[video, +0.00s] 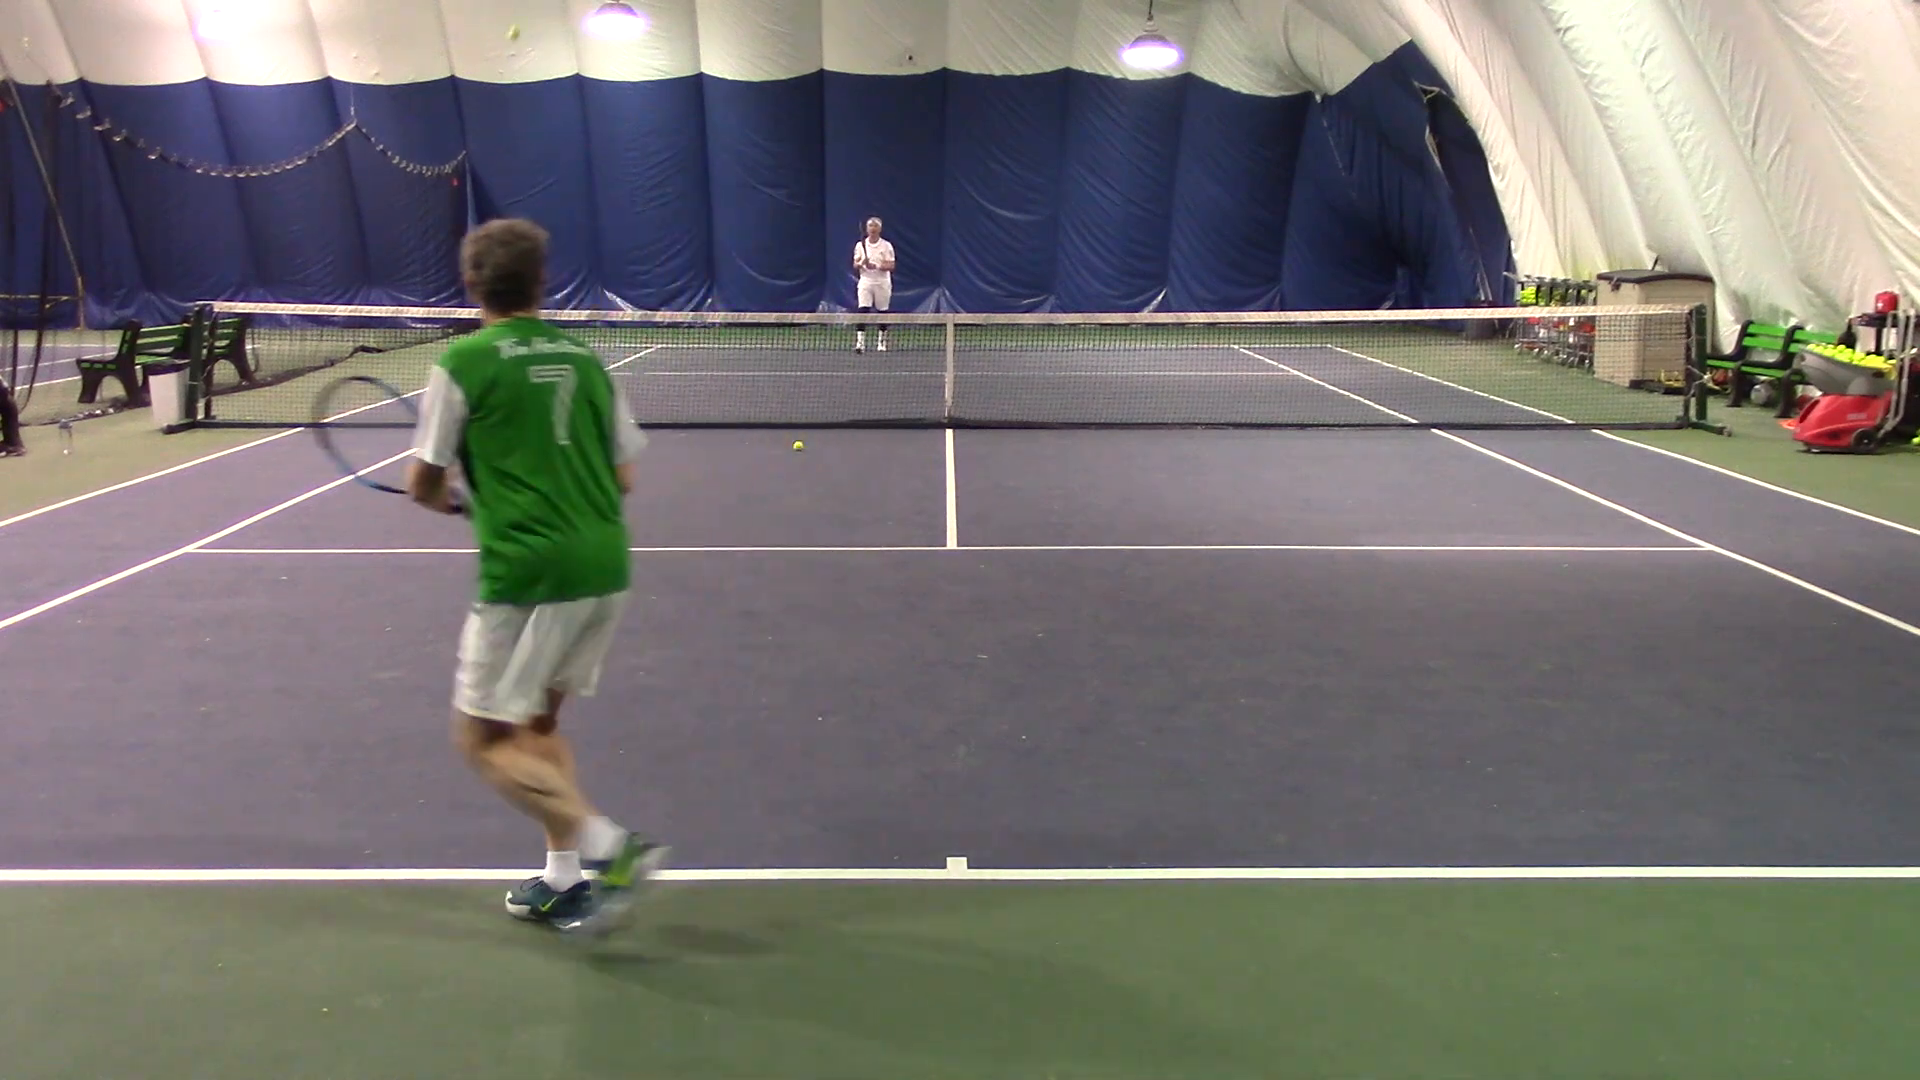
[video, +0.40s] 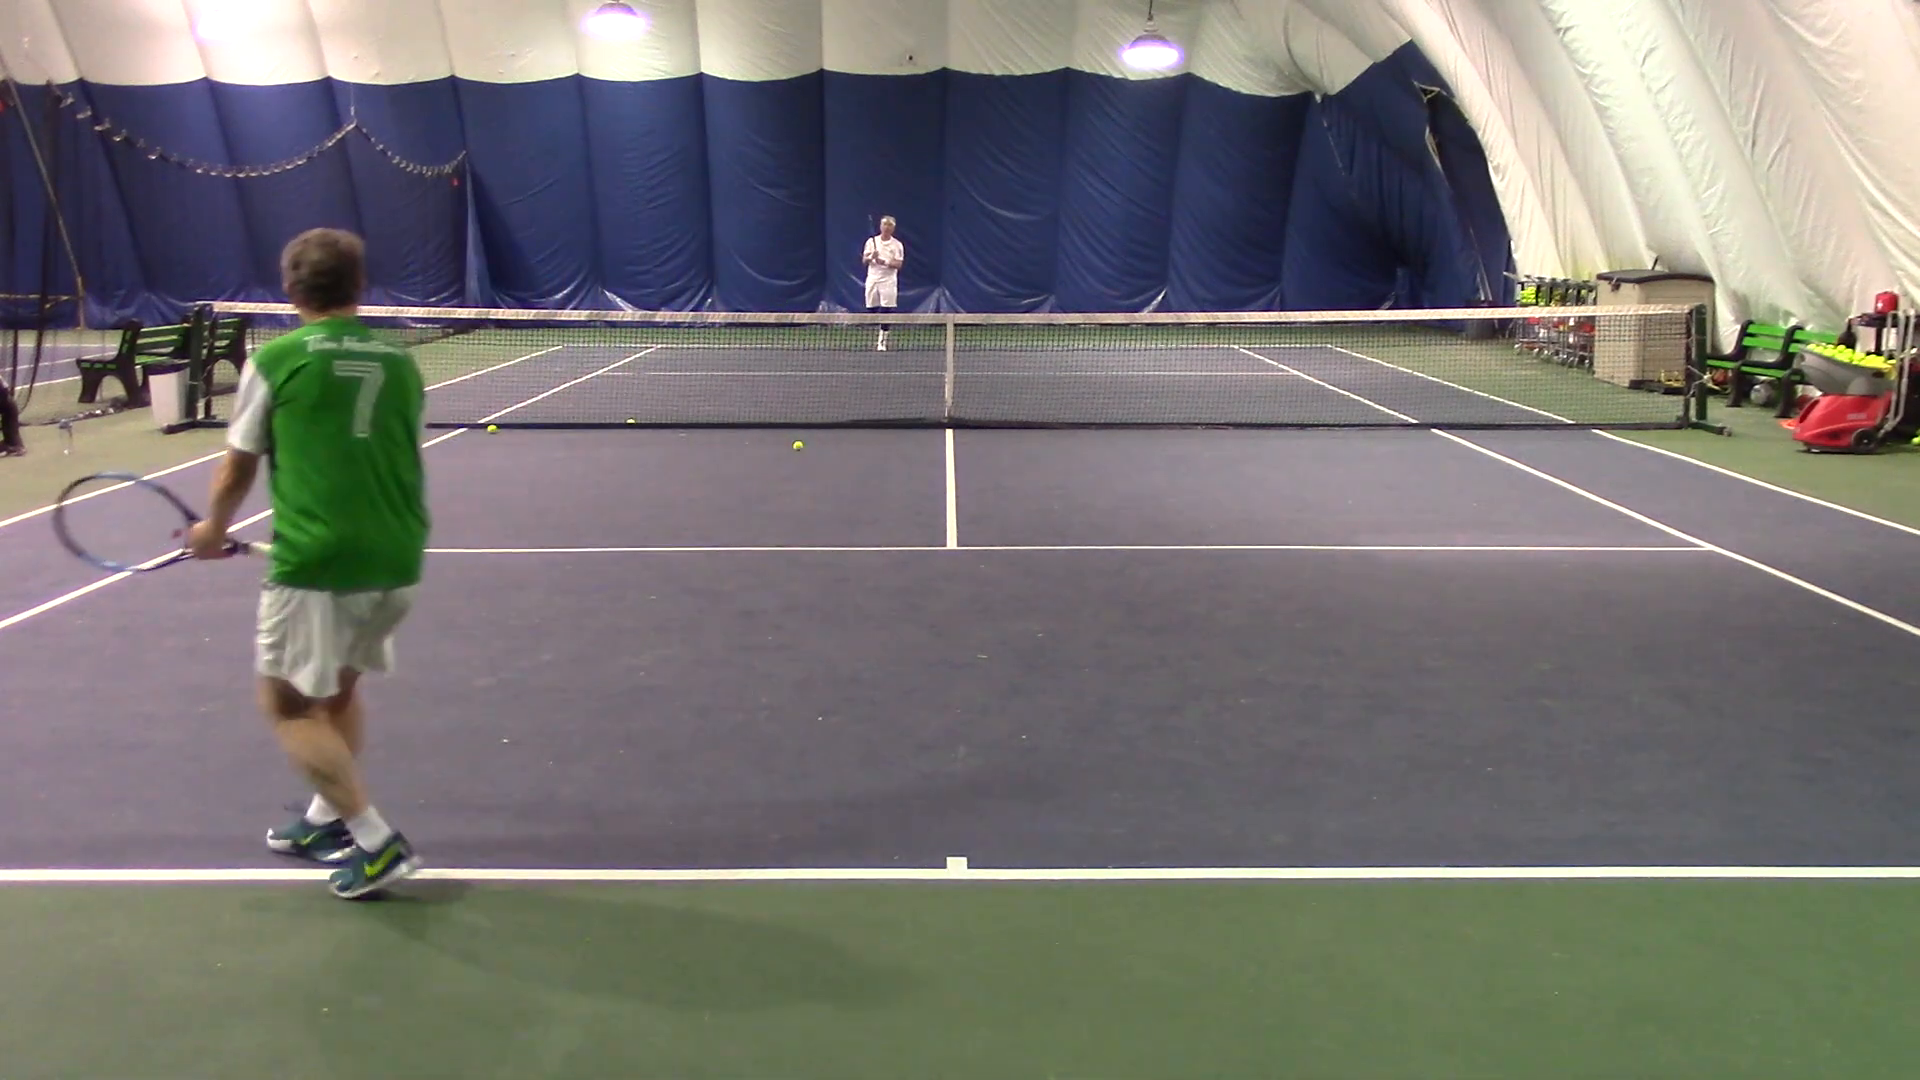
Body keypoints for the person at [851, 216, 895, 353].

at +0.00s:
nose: (872, 228)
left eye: (875, 226)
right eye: (870, 225)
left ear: (880, 228)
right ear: (866, 228)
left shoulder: (887, 246)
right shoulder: (860, 245)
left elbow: (891, 264)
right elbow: (855, 264)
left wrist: (878, 266)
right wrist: (861, 263)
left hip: (882, 282)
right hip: (865, 281)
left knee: (882, 312)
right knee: (863, 310)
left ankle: (882, 341)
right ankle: (860, 341)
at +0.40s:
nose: (886, 231)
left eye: (889, 229)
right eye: (884, 228)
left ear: (893, 229)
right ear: (880, 227)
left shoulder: (898, 245)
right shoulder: (871, 242)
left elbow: (899, 263)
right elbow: (864, 260)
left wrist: (885, 262)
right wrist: (871, 256)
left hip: (888, 281)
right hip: (872, 280)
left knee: (886, 311)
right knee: (872, 310)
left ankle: (882, 341)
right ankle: (878, 335)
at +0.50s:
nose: (887, 230)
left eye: (890, 228)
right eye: (886, 227)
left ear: (894, 230)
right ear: (882, 228)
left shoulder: (899, 246)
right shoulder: (873, 243)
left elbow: (900, 264)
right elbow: (866, 260)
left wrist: (887, 261)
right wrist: (874, 256)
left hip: (890, 281)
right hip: (875, 280)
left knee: (887, 308)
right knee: (877, 309)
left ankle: (882, 338)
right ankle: (888, 332)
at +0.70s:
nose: (890, 229)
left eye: (892, 226)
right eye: (887, 226)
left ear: (896, 228)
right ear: (883, 227)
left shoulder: (902, 244)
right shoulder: (877, 243)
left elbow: (903, 261)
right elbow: (871, 261)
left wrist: (889, 261)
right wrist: (878, 256)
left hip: (897, 279)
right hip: (882, 279)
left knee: (892, 307)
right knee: (883, 307)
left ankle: (885, 335)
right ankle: (892, 334)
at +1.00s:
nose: (900, 226)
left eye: (903, 223)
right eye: (898, 222)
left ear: (906, 225)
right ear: (894, 224)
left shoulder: (911, 240)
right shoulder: (888, 240)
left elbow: (907, 256)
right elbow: (882, 257)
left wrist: (892, 255)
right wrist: (885, 250)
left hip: (908, 277)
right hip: (892, 276)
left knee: (912, 306)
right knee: (891, 307)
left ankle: (919, 333)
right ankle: (894, 337)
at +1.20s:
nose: (910, 229)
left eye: (913, 227)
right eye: (908, 226)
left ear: (917, 229)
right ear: (905, 228)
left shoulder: (922, 244)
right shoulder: (898, 244)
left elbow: (918, 260)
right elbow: (892, 262)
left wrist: (903, 261)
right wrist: (895, 256)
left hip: (920, 280)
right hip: (903, 280)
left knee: (928, 308)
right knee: (896, 307)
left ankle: (939, 332)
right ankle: (894, 337)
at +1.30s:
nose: (917, 232)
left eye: (920, 229)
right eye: (915, 229)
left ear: (924, 231)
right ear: (911, 231)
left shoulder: (929, 246)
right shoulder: (905, 246)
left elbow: (927, 263)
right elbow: (899, 263)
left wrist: (912, 265)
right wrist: (903, 261)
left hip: (927, 282)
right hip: (910, 281)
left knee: (934, 309)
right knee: (903, 307)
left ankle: (941, 335)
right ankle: (896, 336)